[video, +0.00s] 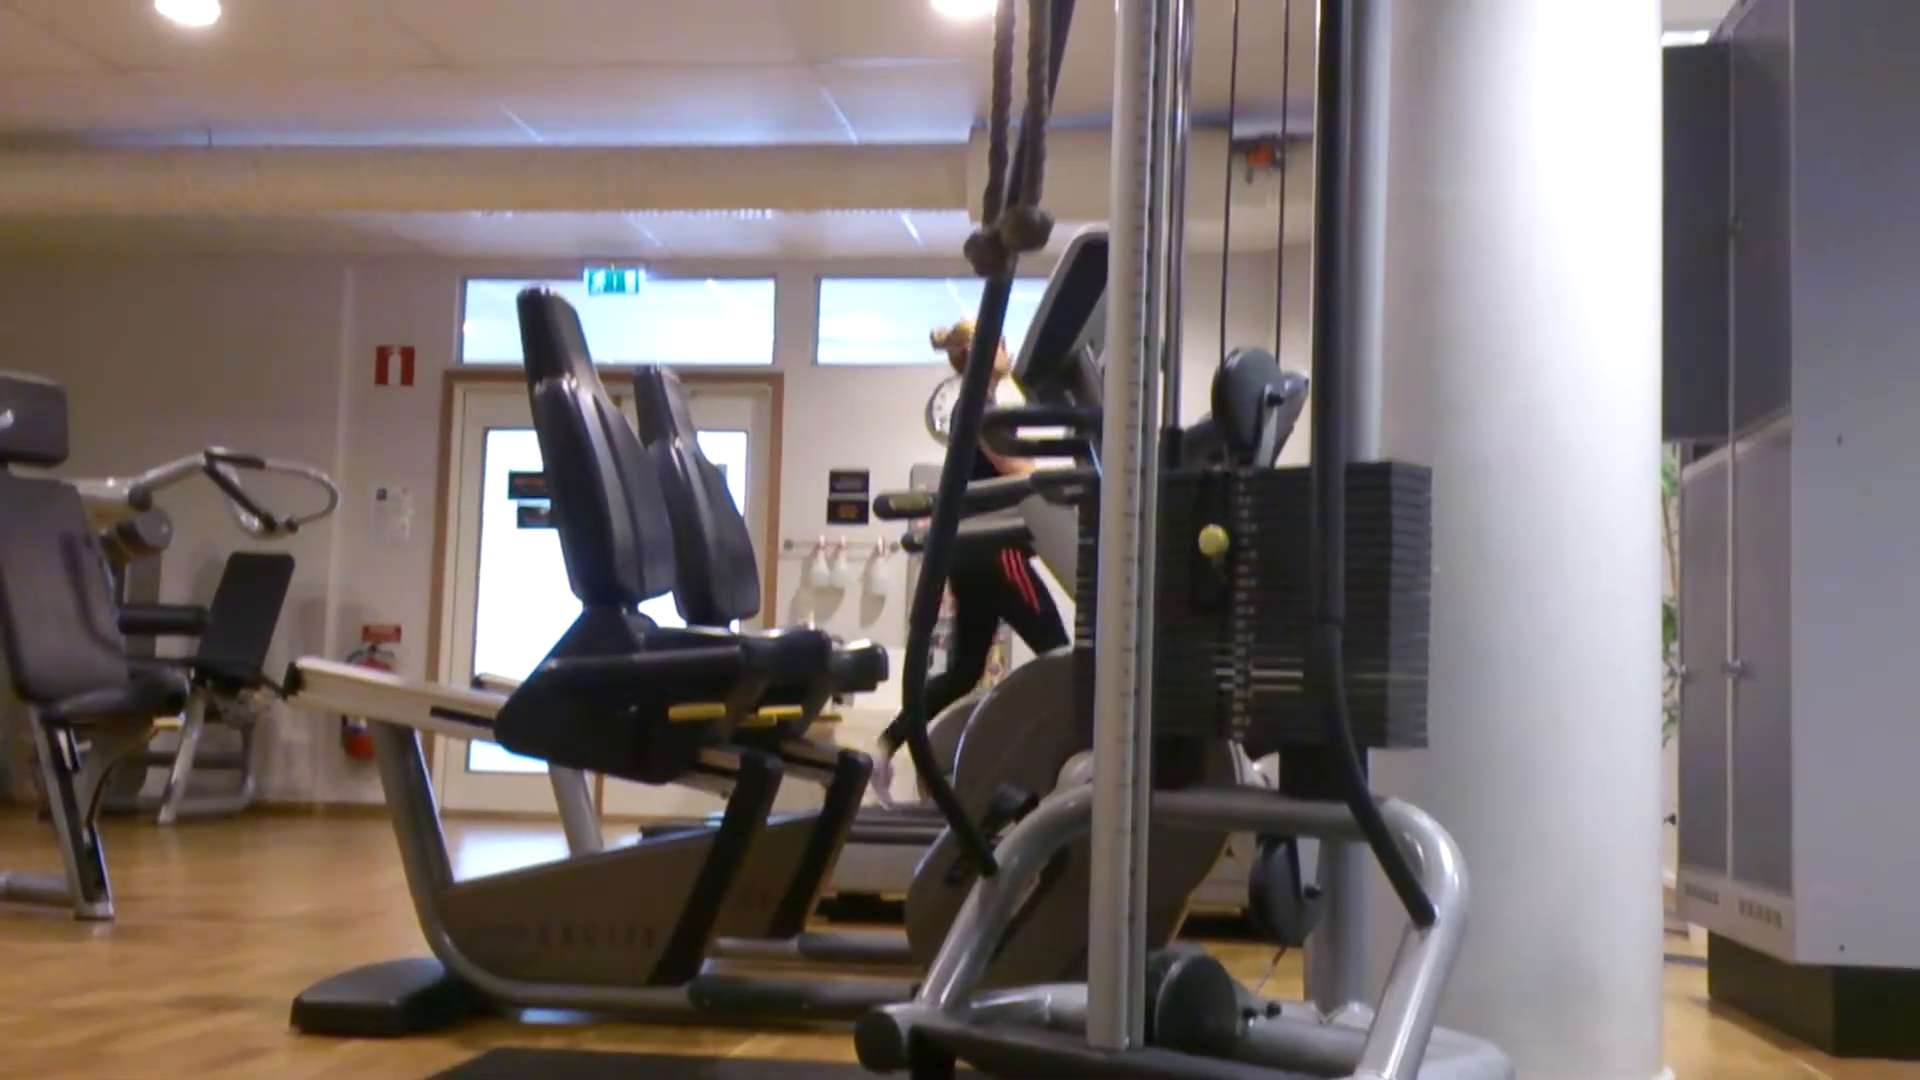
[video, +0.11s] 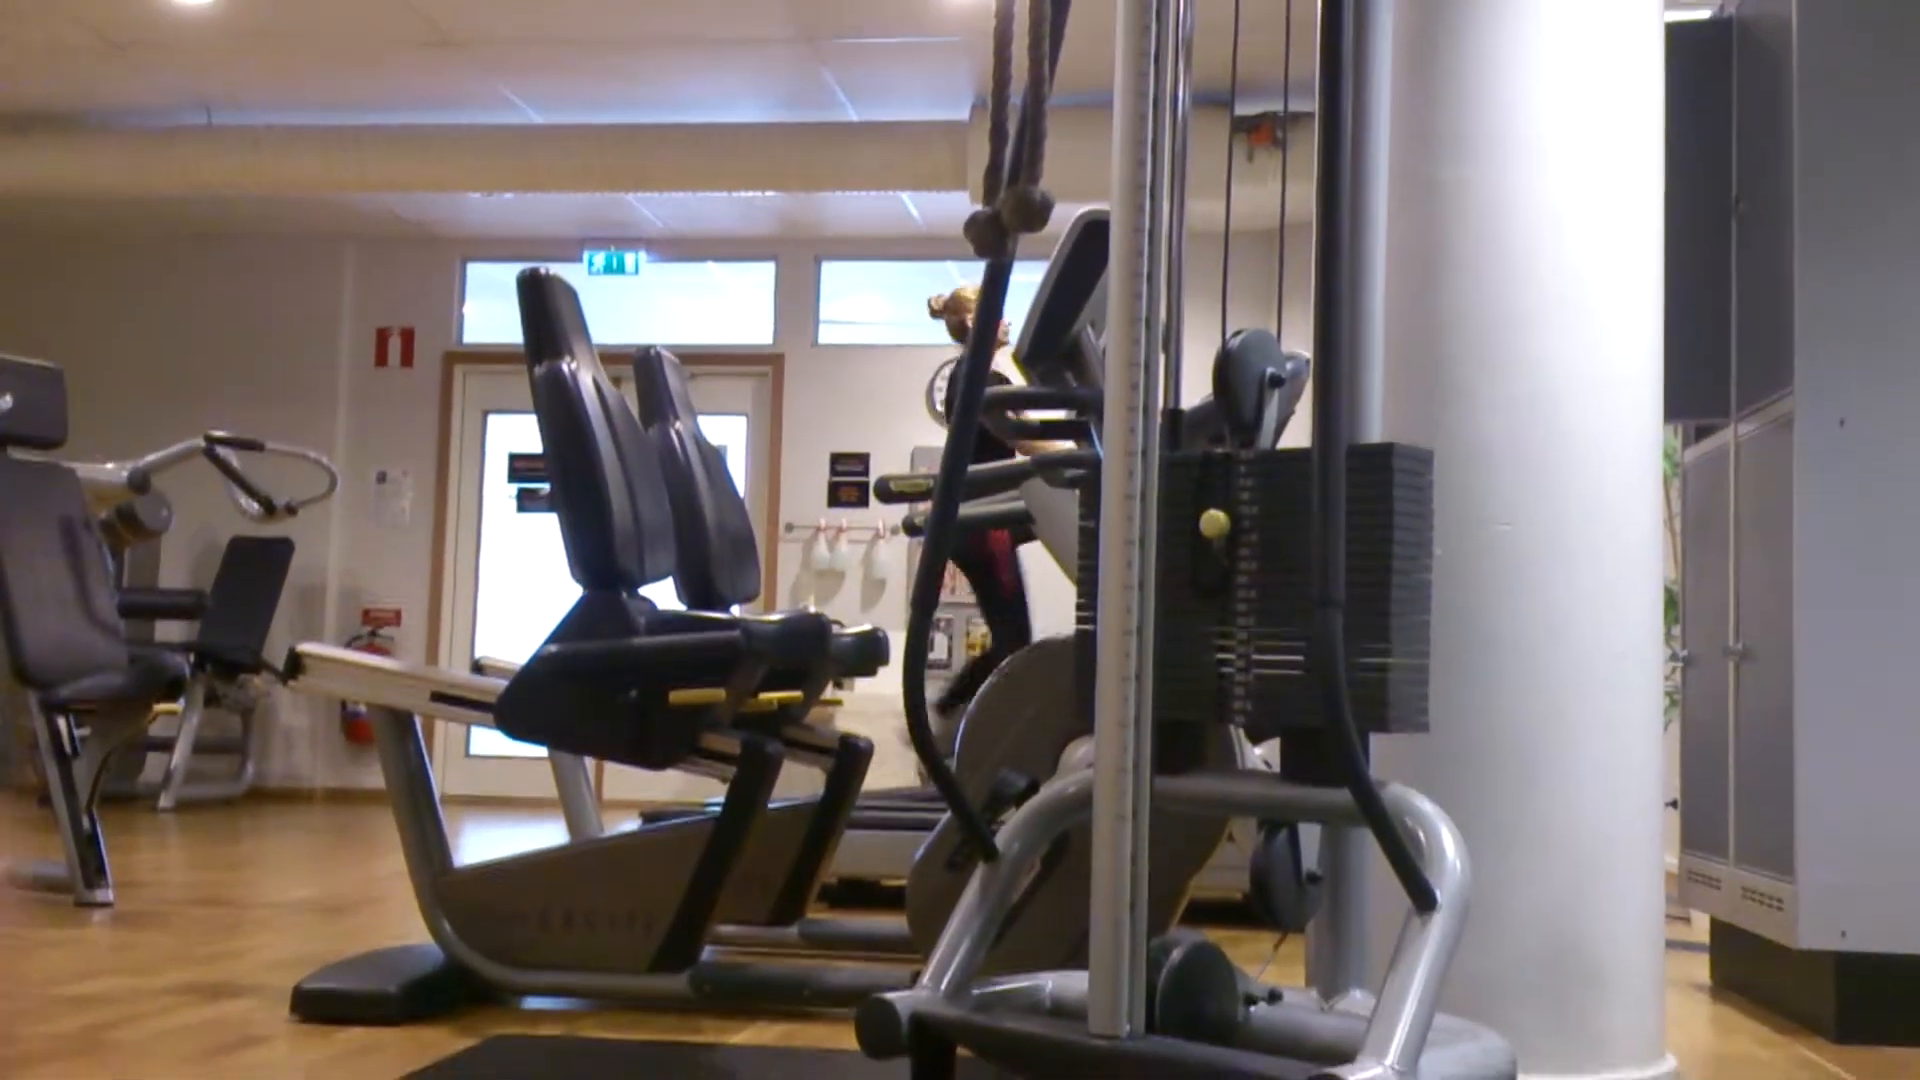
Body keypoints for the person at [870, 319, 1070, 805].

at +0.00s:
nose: (1008, 348)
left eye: (1003, 341)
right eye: (1000, 343)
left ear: (967, 360)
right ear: (987, 355)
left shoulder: (968, 401)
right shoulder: (991, 403)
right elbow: (1017, 469)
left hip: (971, 547)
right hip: (997, 547)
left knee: (964, 674)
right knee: (1059, 653)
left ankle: (887, 746)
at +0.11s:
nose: (1006, 325)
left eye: (1000, 318)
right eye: (998, 319)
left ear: (966, 330)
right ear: (986, 328)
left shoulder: (973, 374)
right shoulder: (987, 379)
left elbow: (1017, 436)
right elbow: (1023, 441)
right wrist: (1076, 453)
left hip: (978, 513)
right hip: (981, 515)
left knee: (1010, 632)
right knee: (1012, 634)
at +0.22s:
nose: (1001, 317)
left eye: (997, 307)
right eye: (990, 308)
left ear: (965, 317)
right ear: (967, 317)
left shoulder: (961, 368)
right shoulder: (970, 370)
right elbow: (1008, 429)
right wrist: (1073, 429)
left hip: (979, 522)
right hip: (973, 523)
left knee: (1039, 620)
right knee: (970, 640)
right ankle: (961, 742)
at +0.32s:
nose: (1004, 344)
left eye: (1000, 335)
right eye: (997, 336)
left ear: (959, 345)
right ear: (979, 342)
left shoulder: (953, 388)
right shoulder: (969, 391)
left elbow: (1004, 449)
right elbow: (1017, 453)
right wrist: (1079, 454)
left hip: (979, 542)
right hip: (963, 541)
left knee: (1037, 643)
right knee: (936, 651)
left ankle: (1057, 743)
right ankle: (912, 756)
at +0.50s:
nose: (1012, 350)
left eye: (1010, 341)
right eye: (1003, 343)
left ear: (973, 353)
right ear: (981, 350)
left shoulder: (991, 393)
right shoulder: (975, 397)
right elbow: (1007, 457)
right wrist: (1066, 463)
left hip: (992, 542)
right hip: (970, 544)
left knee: (1022, 652)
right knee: (979, 670)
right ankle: (893, 737)